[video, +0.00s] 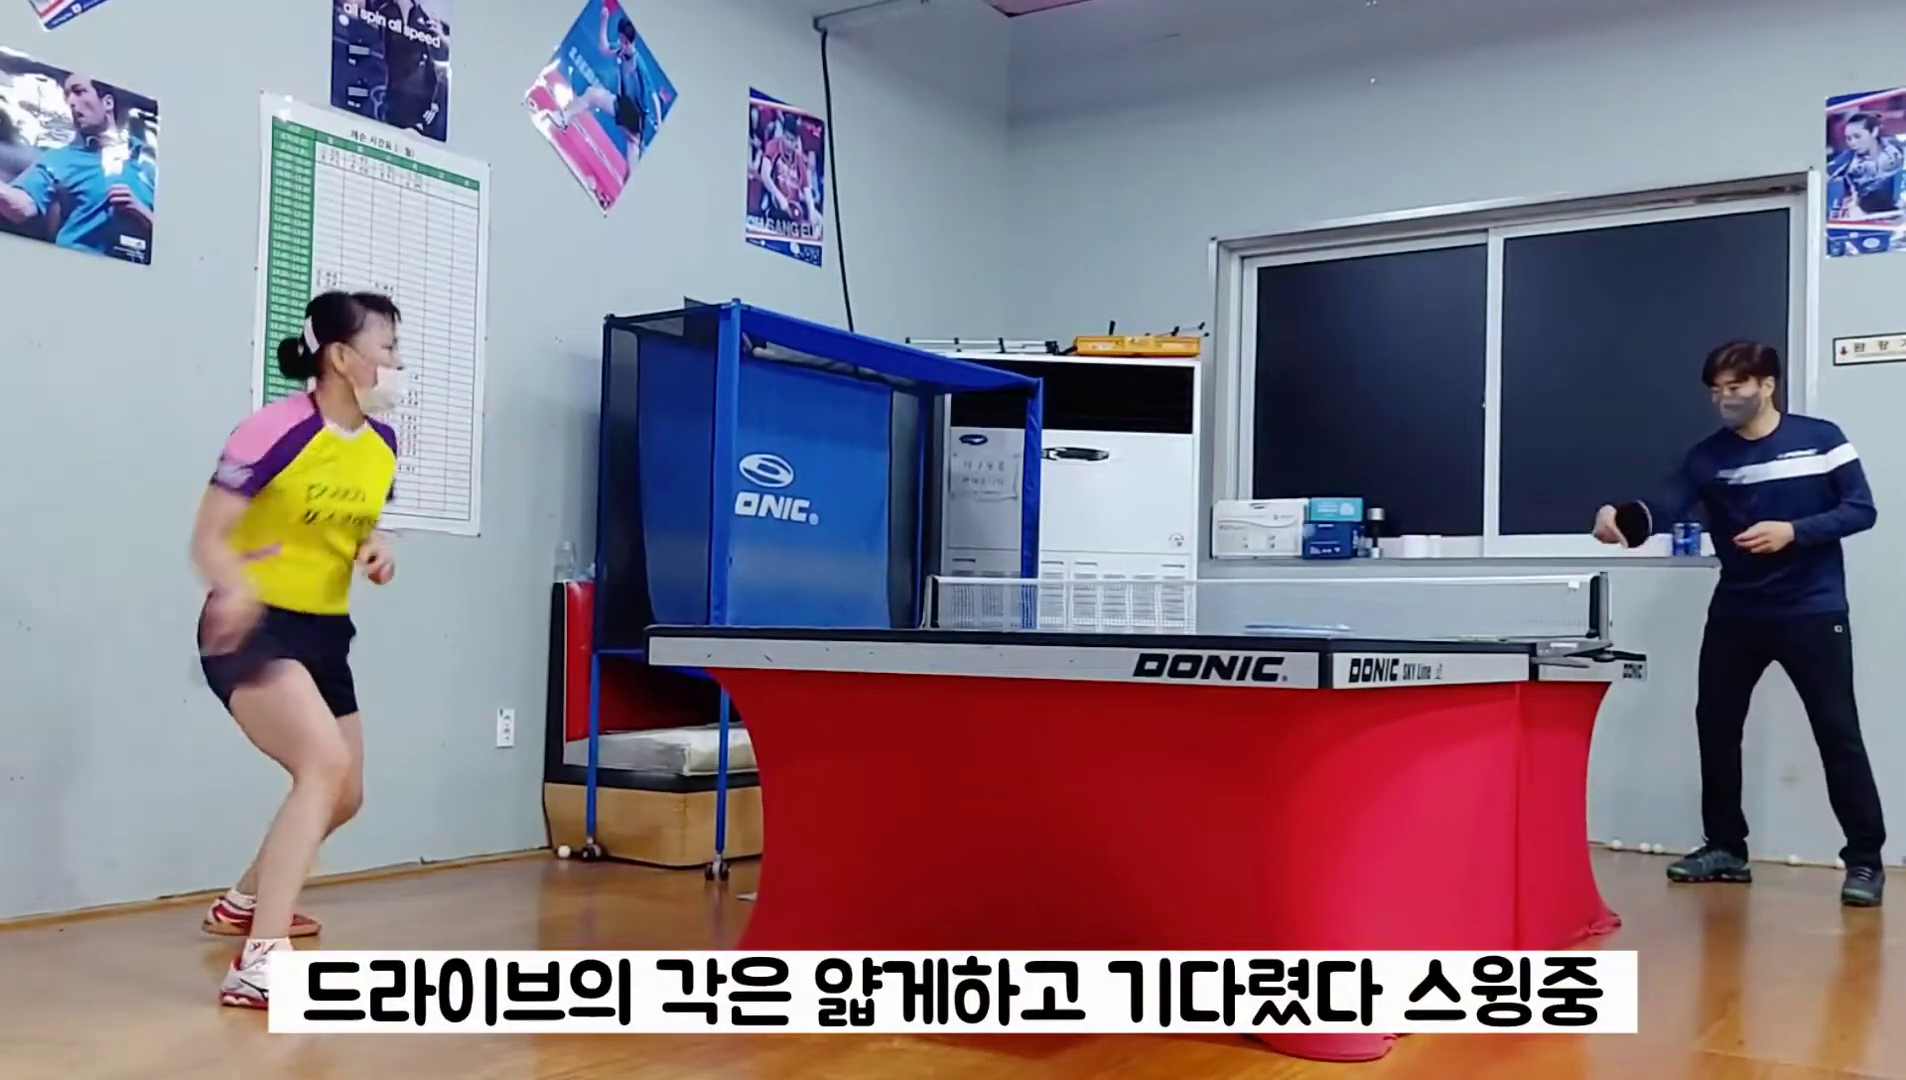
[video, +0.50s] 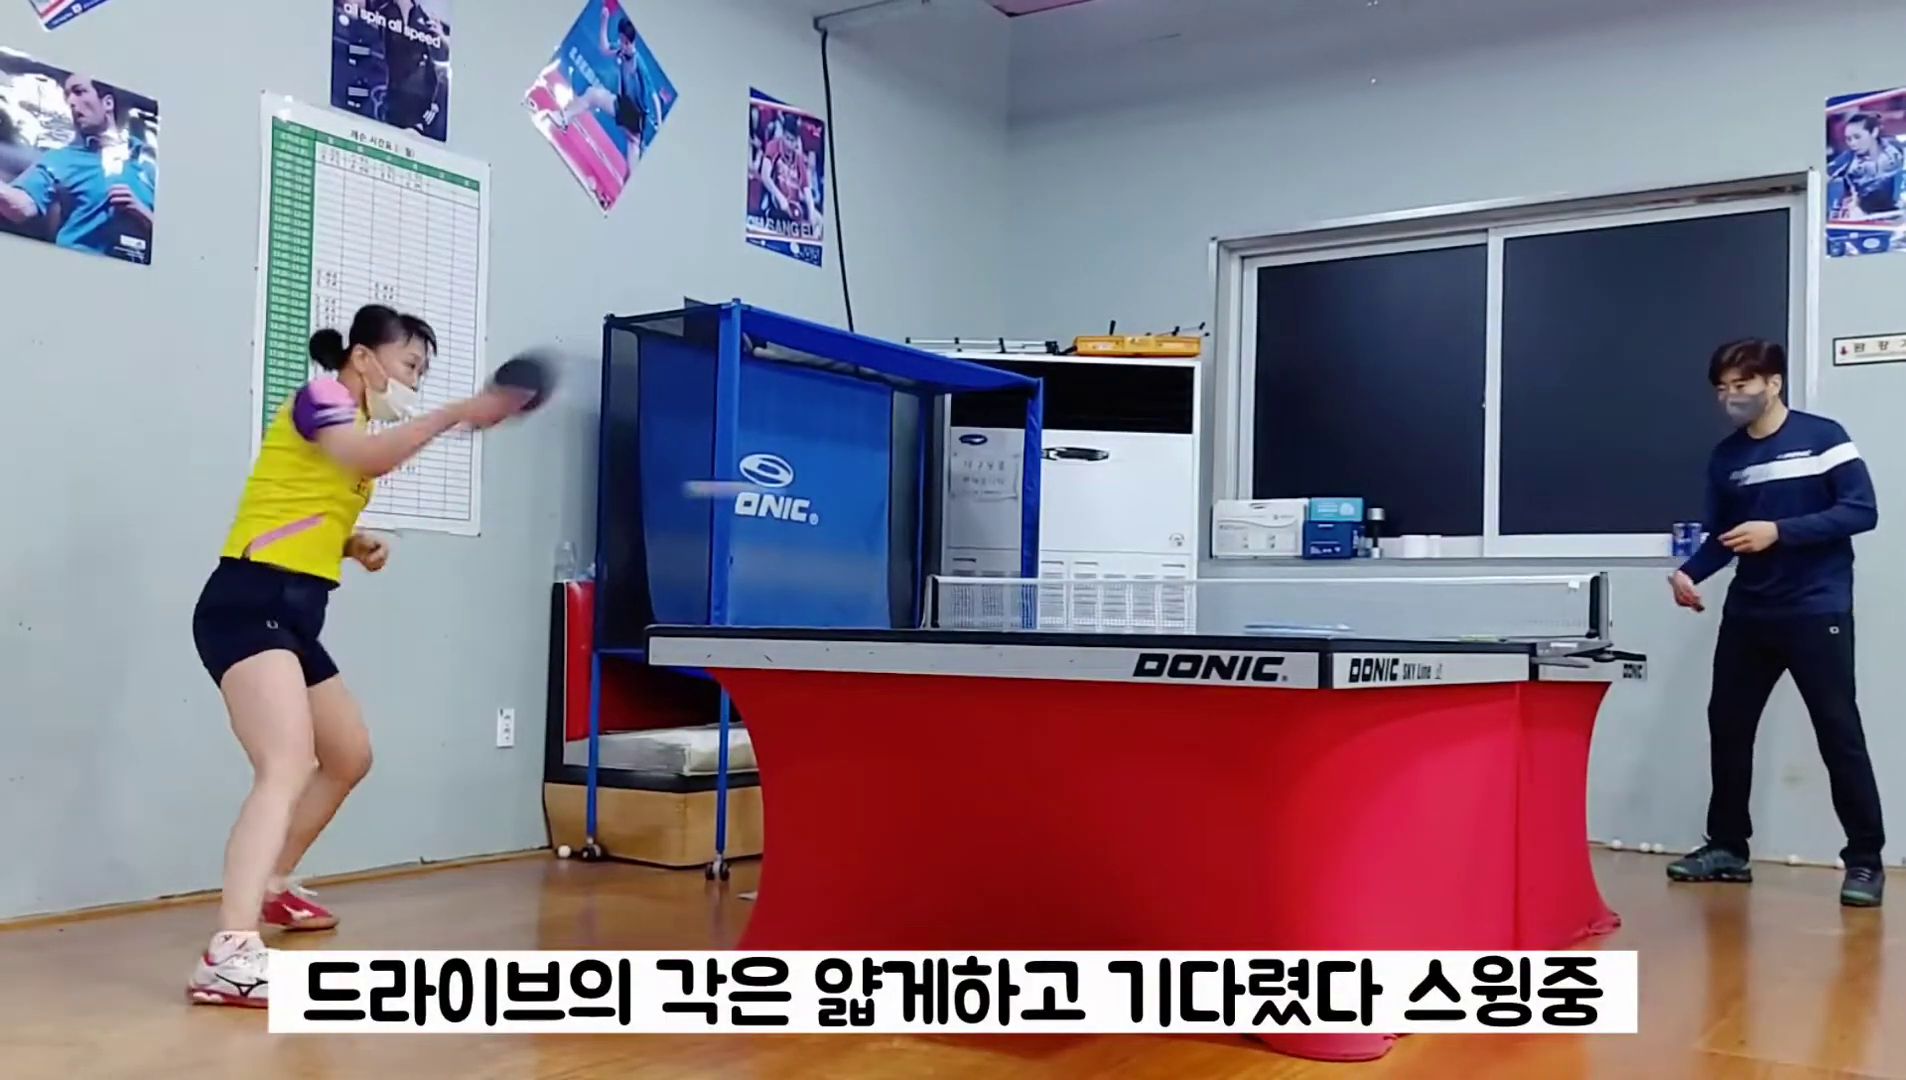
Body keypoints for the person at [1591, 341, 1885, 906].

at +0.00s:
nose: (1725, 397)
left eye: (1736, 385)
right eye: (1717, 389)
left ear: (1768, 385)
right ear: (1711, 396)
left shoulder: (1821, 438)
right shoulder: (1706, 458)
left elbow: (1861, 509)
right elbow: (1663, 508)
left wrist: (1793, 530)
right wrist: (1623, 520)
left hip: (1812, 614)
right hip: (1737, 614)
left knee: (1839, 736)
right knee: (1716, 727)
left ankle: (1864, 862)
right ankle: (1726, 849)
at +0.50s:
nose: (1730, 394)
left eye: (1742, 382)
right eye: (1723, 387)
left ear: (1774, 383)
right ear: (1719, 394)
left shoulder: (1823, 436)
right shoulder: (1726, 456)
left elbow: (1861, 509)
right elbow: (1723, 535)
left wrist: (1778, 529)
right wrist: (1689, 570)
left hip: (1818, 615)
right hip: (1749, 616)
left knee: (1839, 735)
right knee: (1728, 726)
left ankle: (1864, 862)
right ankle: (1729, 848)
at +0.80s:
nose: (1721, 410)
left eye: (1732, 399)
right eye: (1714, 401)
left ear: (1764, 396)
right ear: (1708, 402)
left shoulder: (1819, 443)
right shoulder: (1710, 462)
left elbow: (1862, 515)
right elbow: (1668, 516)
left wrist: (1788, 536)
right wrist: (1640, 554)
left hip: (1813, 618)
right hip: (1740, 618)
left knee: (1839, 737)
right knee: (1713, 723)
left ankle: (1864, 863)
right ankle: (1725, 848)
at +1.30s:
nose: (1722, 394)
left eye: (1733, 383)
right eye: (1715, 387)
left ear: (1763, 386)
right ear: (1708, 396)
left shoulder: (1811, 440)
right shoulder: (1708, 462)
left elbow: (1846, 514)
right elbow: (1690, 533)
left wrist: (1766, 534)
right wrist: (1662, 555)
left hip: (1804, 618)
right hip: (1733, 619)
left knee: (1834, 739)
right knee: (1709, 721)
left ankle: (1863, 862)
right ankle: (1724, 848)